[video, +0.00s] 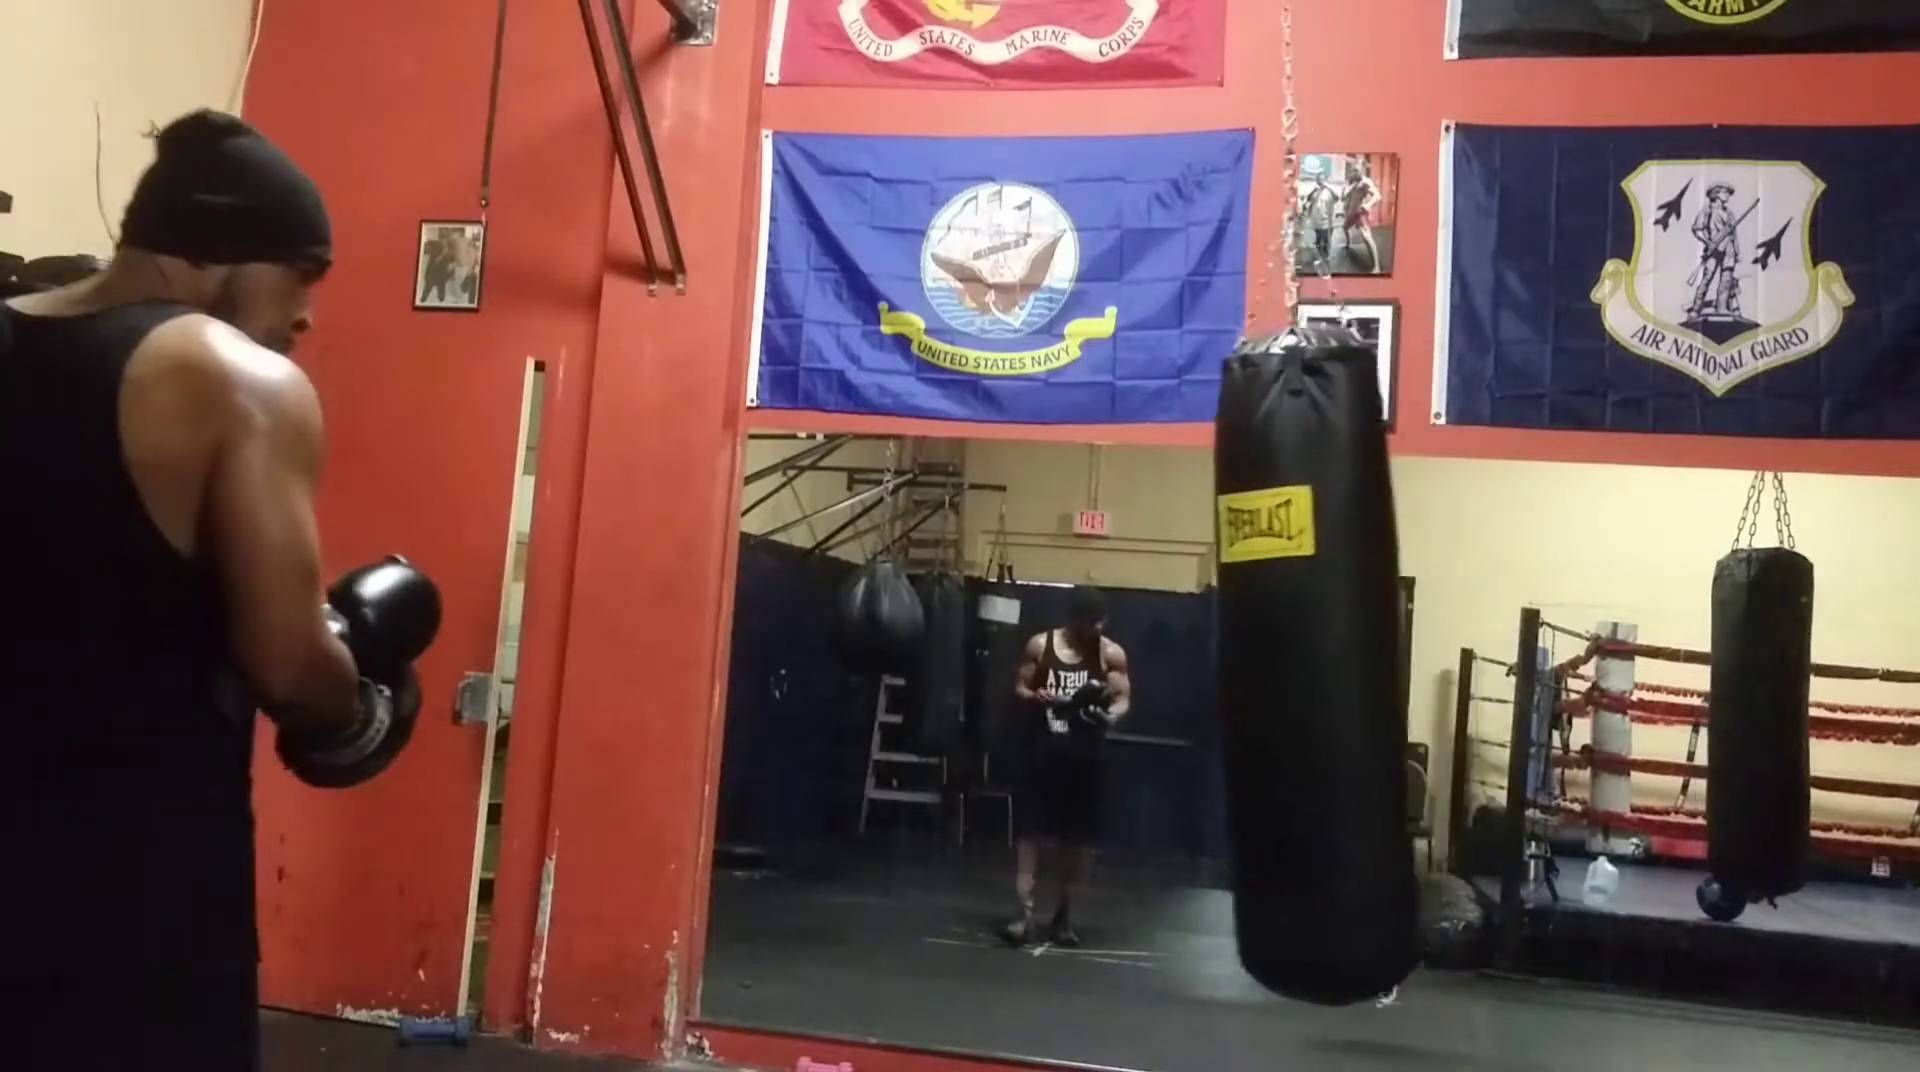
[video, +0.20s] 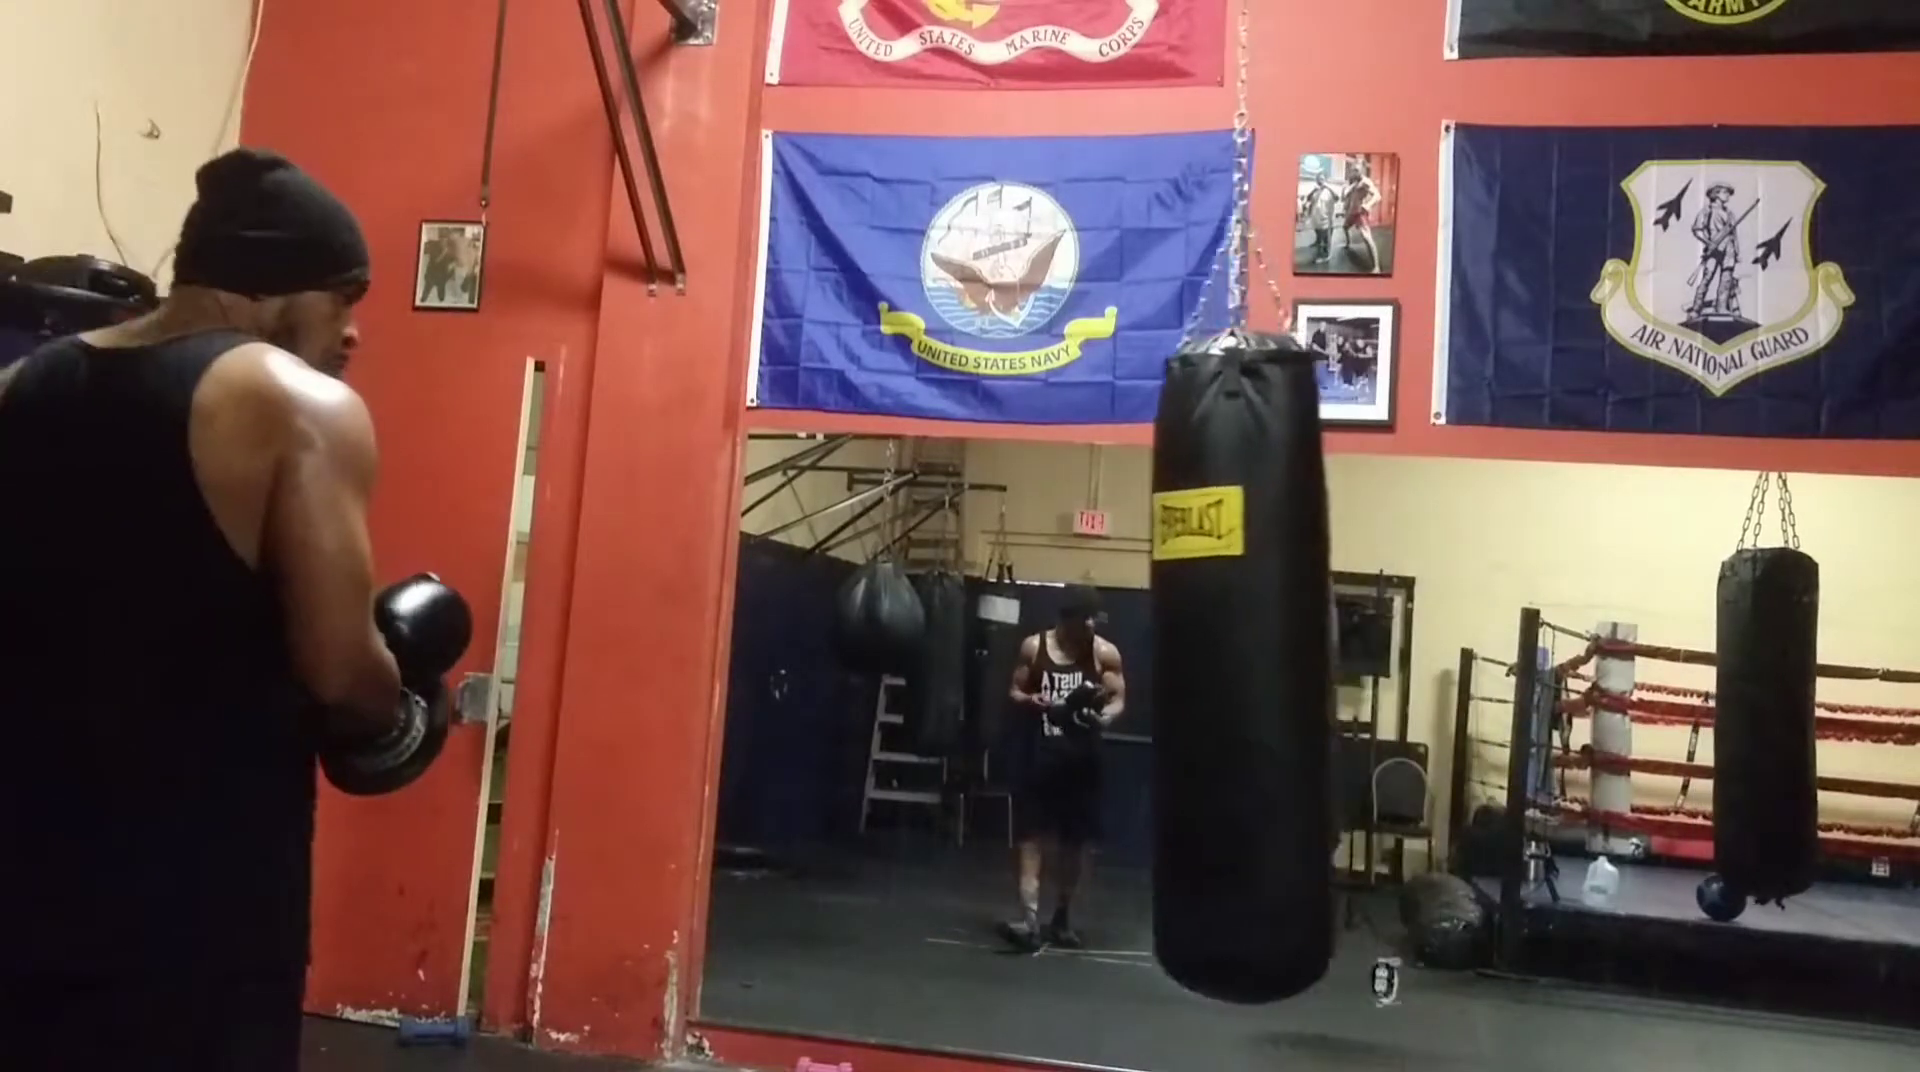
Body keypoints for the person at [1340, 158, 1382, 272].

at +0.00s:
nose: (1352, 173)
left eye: (1355, 170)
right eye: (1351, 171)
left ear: (1360, 171)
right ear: (1349, 172)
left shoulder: (1365, 182)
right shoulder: (1350, 185)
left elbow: (1376, 195)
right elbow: (1343, 198)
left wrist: (1367, 206)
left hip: (1360, 213)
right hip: (1350, 214)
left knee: (1366, 237)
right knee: (1346, 228)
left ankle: (1375, 266)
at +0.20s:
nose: (1353, 173)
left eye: (1356, 170)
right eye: (1352, 171)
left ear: (1360, 172)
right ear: (1349, 172)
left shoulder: (1365, 182)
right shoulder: (1350, 184)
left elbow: (1376, 195)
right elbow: (1344, 198)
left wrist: (1367, 206)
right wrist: (1352, 186)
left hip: (1360, 212)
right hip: (1350, 212)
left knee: (1366, 237)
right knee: (1345, 227)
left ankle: (1376, 266)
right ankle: (1348, 243)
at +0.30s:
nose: (1352, 173)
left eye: (1355, 170)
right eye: (1351, 171)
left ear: (1359, 171)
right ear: (1349, 172)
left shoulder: (1365, 182)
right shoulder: (1351, 184)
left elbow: (1376, 196)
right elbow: (1345, 198)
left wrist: (1367, 206)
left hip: (1360, 212)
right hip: (1351, 212)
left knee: (1366, 237)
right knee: (1345, 227)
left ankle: (1376, 266)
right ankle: (1348, 243)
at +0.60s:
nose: (1352, 173)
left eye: (1355, 170)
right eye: (1351, 171)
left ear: (1359, 171)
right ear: (1350, 172)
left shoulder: (1365, 182)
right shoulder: (1350, 184)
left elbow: (1376, 196)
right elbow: (1344, 198)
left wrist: (1367, 206)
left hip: (1360, 212)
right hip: (1351, 212)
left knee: (1366, 237)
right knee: (1345, 227)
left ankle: (1376, 266)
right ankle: (1348, 243)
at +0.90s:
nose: (1352, 174)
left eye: (1355, 171)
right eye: (1351, 171)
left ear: (1359, 172)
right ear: (1350, 173)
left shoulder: (1365, 182)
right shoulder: (1350, 184)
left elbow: (1376, 196)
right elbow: (1344, 198)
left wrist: (1367, 206)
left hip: (1361, 212)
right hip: (1351, 212)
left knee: (1366, 236)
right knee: (1345, 227)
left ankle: (1376, 266)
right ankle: (1348, 243)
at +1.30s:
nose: (1352, 174)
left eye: (1355, 171)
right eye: (1351, 171)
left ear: (1359, 172)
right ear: (1349, 173)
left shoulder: (1365, 182)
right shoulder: (1349, 184)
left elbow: (1376, 196)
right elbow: (1343, 198)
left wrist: (1366, 206)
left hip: (1360, 212)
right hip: (1350, 212)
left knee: (1367, 237)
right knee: (1345, 227)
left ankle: (1376, 266)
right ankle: (1348, 243)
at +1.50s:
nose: (1352, 174)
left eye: (1355, 171)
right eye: (1351, 171)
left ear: (1359, 172)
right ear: (1349, 173)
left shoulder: (1365, 182)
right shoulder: (1349, 184)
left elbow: (1376, 196)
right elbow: (1343, 198)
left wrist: (1366, 206)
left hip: (1360, 212)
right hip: (1350, 213)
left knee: (1367, 237)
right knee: (1345, 227)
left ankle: (1376, 266)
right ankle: (1348, 243)